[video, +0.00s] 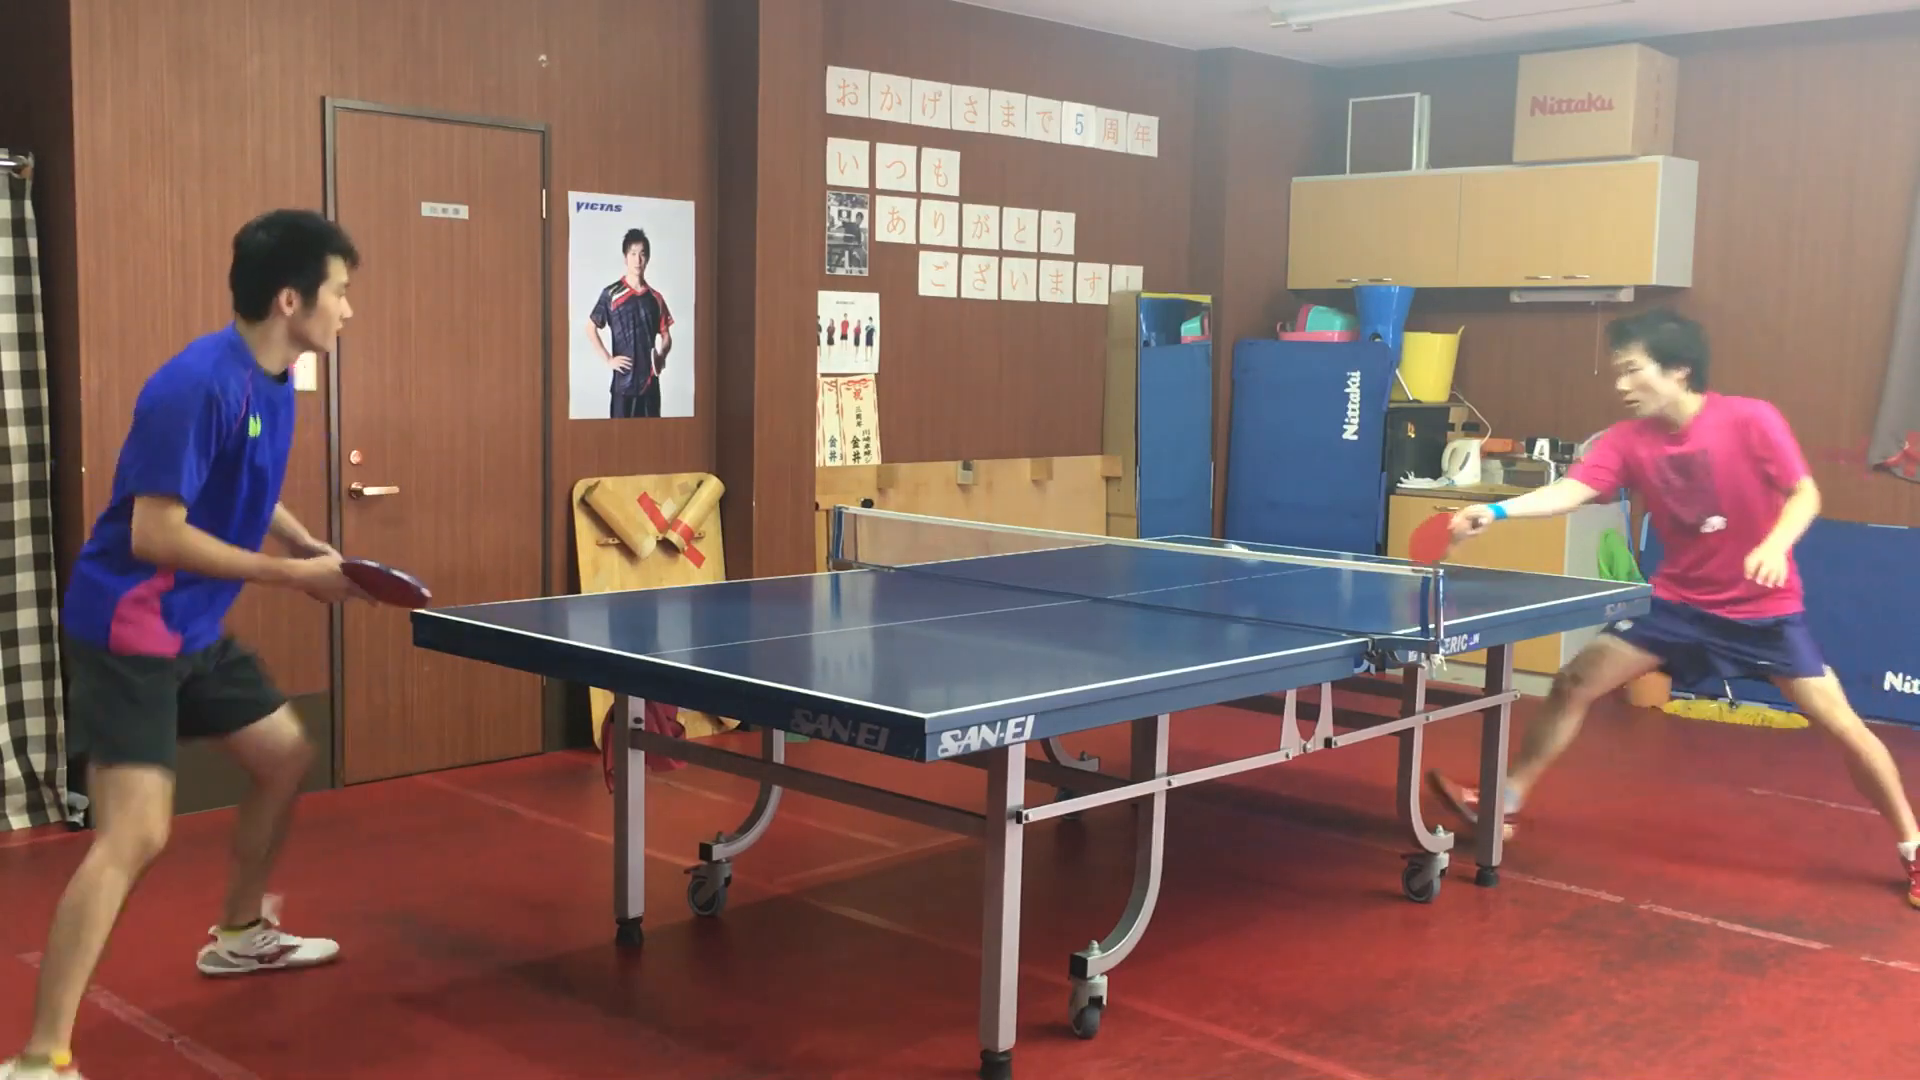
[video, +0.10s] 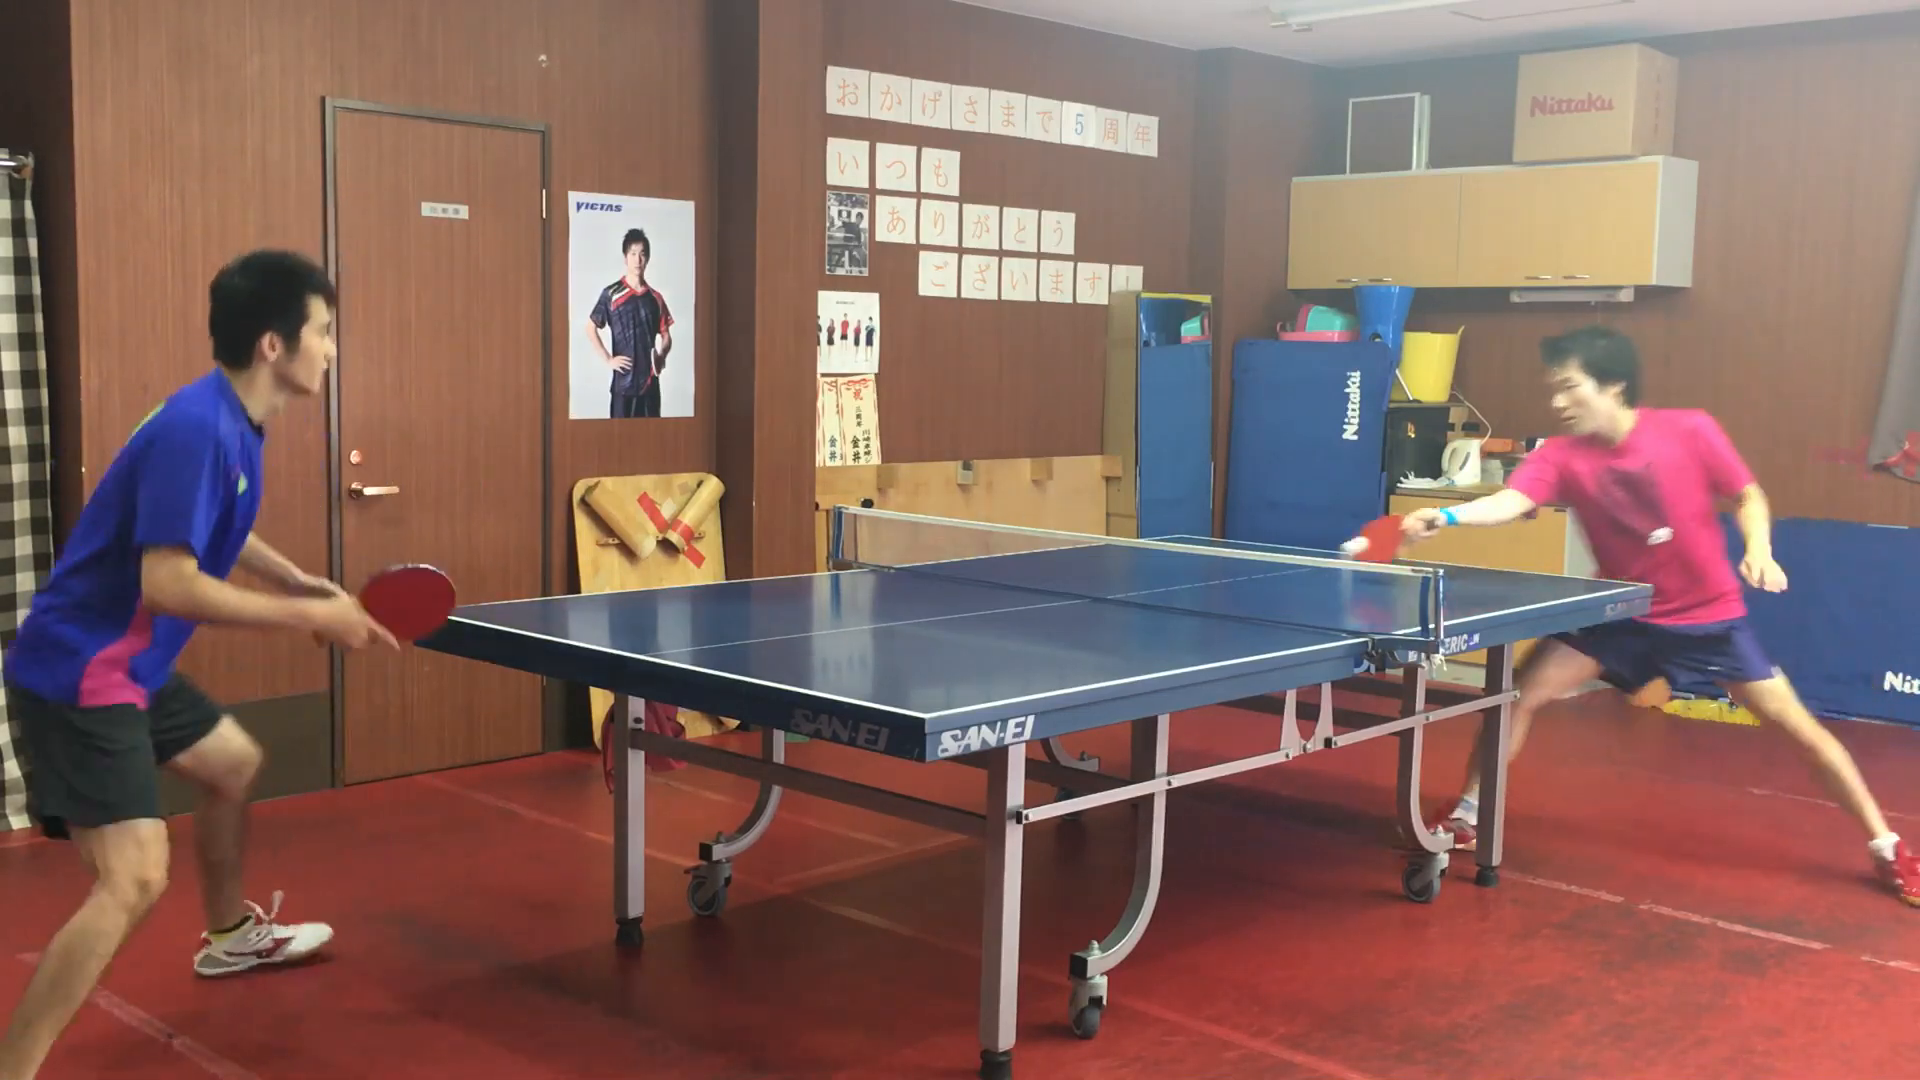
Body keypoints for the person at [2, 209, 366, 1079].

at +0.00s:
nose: (348, 311)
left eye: (347, 293)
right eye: (339, 293)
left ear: (290, 302)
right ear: (289, 301)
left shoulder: (279, 382)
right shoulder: (194, 384)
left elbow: (244, 498)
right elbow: (153, 534)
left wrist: (318, 556)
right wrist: (291, 570)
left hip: (195, 624)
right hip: (124, 627)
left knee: (283, 751)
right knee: (134, 830)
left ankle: (239, 930)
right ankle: (41, 1056)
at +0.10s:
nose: (333, 350)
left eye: (331, 331)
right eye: (322, 331)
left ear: (267, 343)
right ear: (271, 344)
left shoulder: (243, 428)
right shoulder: (196, 428)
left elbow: (218, 537)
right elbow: (166, 582)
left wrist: (301, 584)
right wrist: (315, 614)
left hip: (130, 661)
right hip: (72, 671)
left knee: (233, 762)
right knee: (132, 877)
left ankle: (228, 934)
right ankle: (13, 1067)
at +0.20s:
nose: (335, 367)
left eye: (333, 348)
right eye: (326, 349)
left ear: (271, 362)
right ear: (274, 363)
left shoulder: (231, 437)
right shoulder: (191, 446)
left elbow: (199, 535)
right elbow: (160, 605)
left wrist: (284, 598)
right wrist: (301, 652)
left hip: (106, 657)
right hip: (42, 668)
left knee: (198, 767)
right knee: (126, 874)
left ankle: (151, 933)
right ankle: (13, 1069)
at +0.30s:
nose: (340, 362)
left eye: (337, 344)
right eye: (328, 345)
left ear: (276, 364)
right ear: (276, 364)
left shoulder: (238, 436)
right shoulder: (186, 443)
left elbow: (198, 528)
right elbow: (139, 601)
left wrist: (276, 596)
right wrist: (277, 673)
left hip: (97, 651)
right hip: (40, 659)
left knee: (169, 780)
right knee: (113, 867)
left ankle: (32, 929)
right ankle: (13, 1064)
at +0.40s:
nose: (343, 357)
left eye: (340, 339)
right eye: (331, 340)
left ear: (278, 355)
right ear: (278, 355)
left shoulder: (240, 427)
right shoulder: (188, 439)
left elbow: (211, 522)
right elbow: (131, 589)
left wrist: (286, 590)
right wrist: (251, 668)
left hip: (88, 658)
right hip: (77, 665)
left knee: (96, 821)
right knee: (156, 863)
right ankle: (27, 1064)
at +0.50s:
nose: (340, 347)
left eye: (340, 329)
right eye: (329, 328)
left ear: (272, 335)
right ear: (267, 335)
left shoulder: (271, 409)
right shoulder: (176, 428)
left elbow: (288, 500)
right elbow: (106, 571)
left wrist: (359, 568)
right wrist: (193, 664)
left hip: (151, 642)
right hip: (112, 650)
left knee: (158, 793)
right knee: (246, 803)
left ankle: (15, 927)